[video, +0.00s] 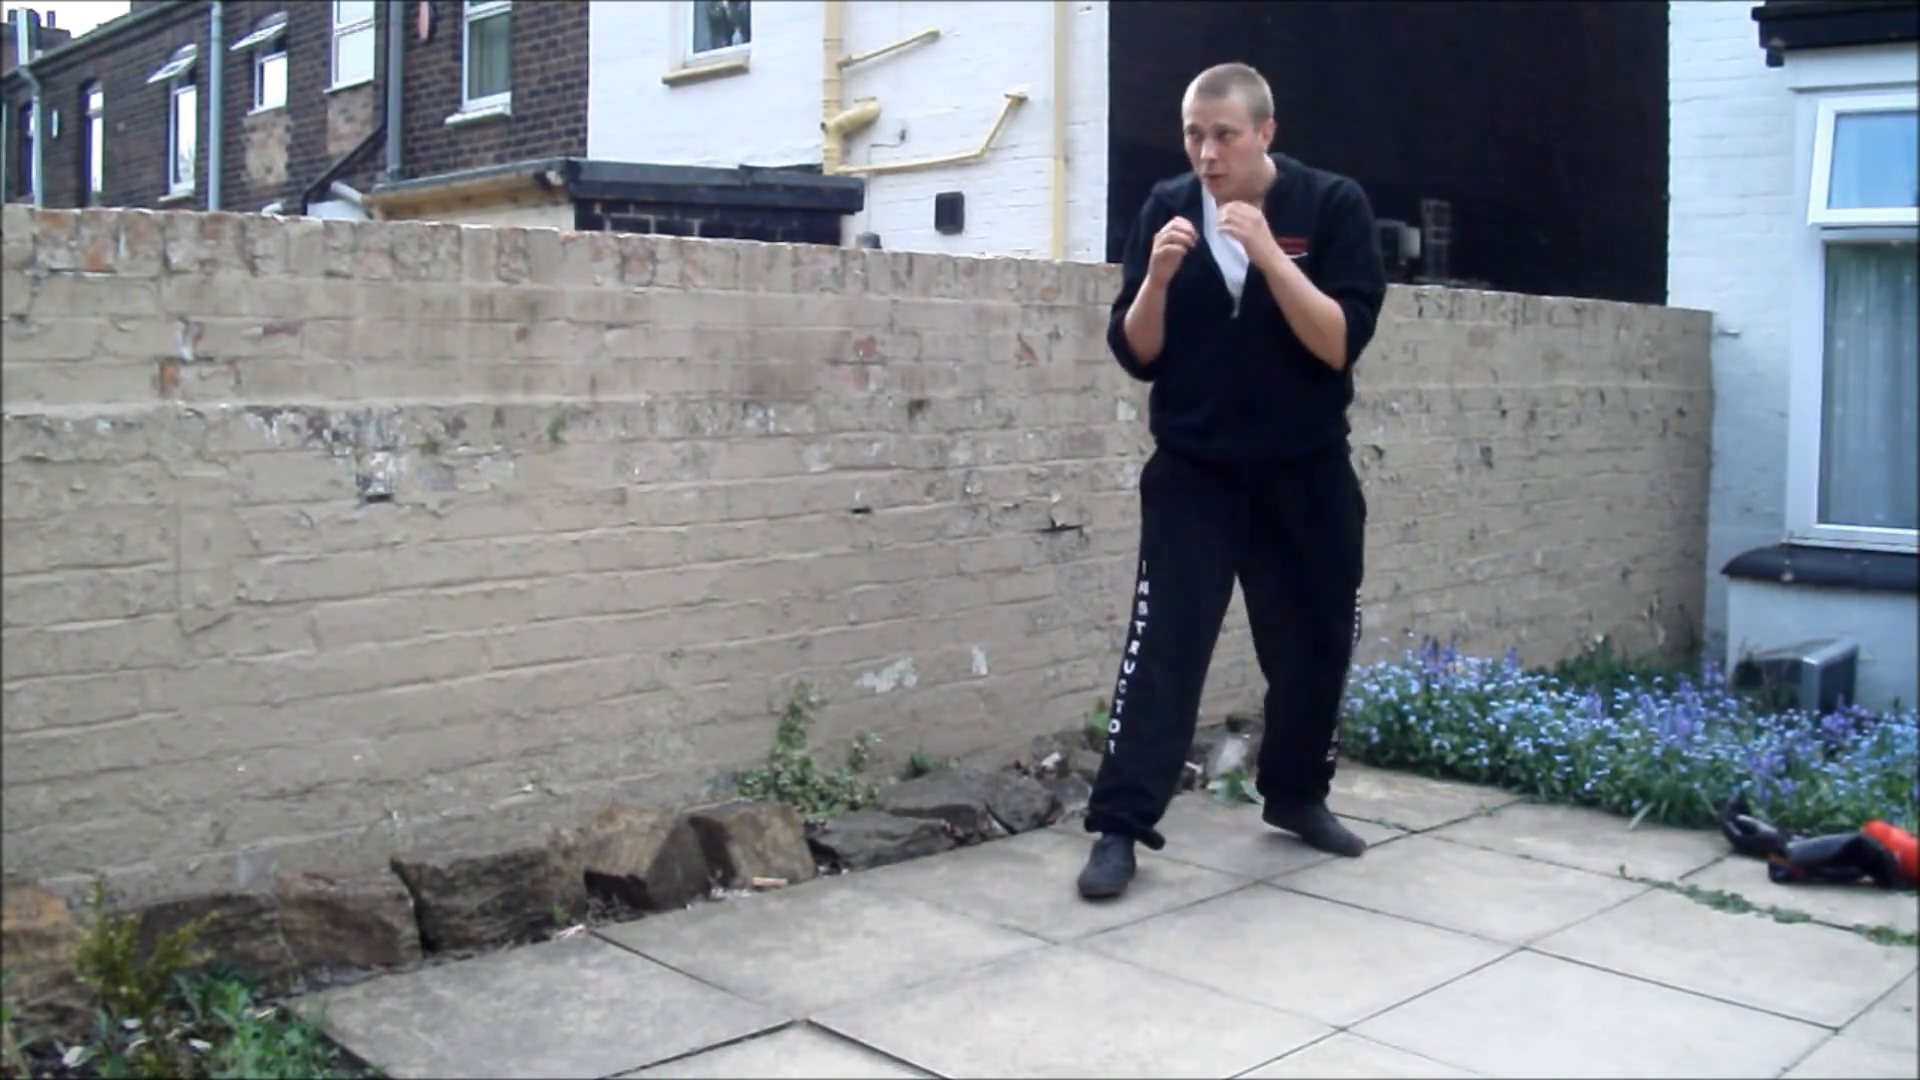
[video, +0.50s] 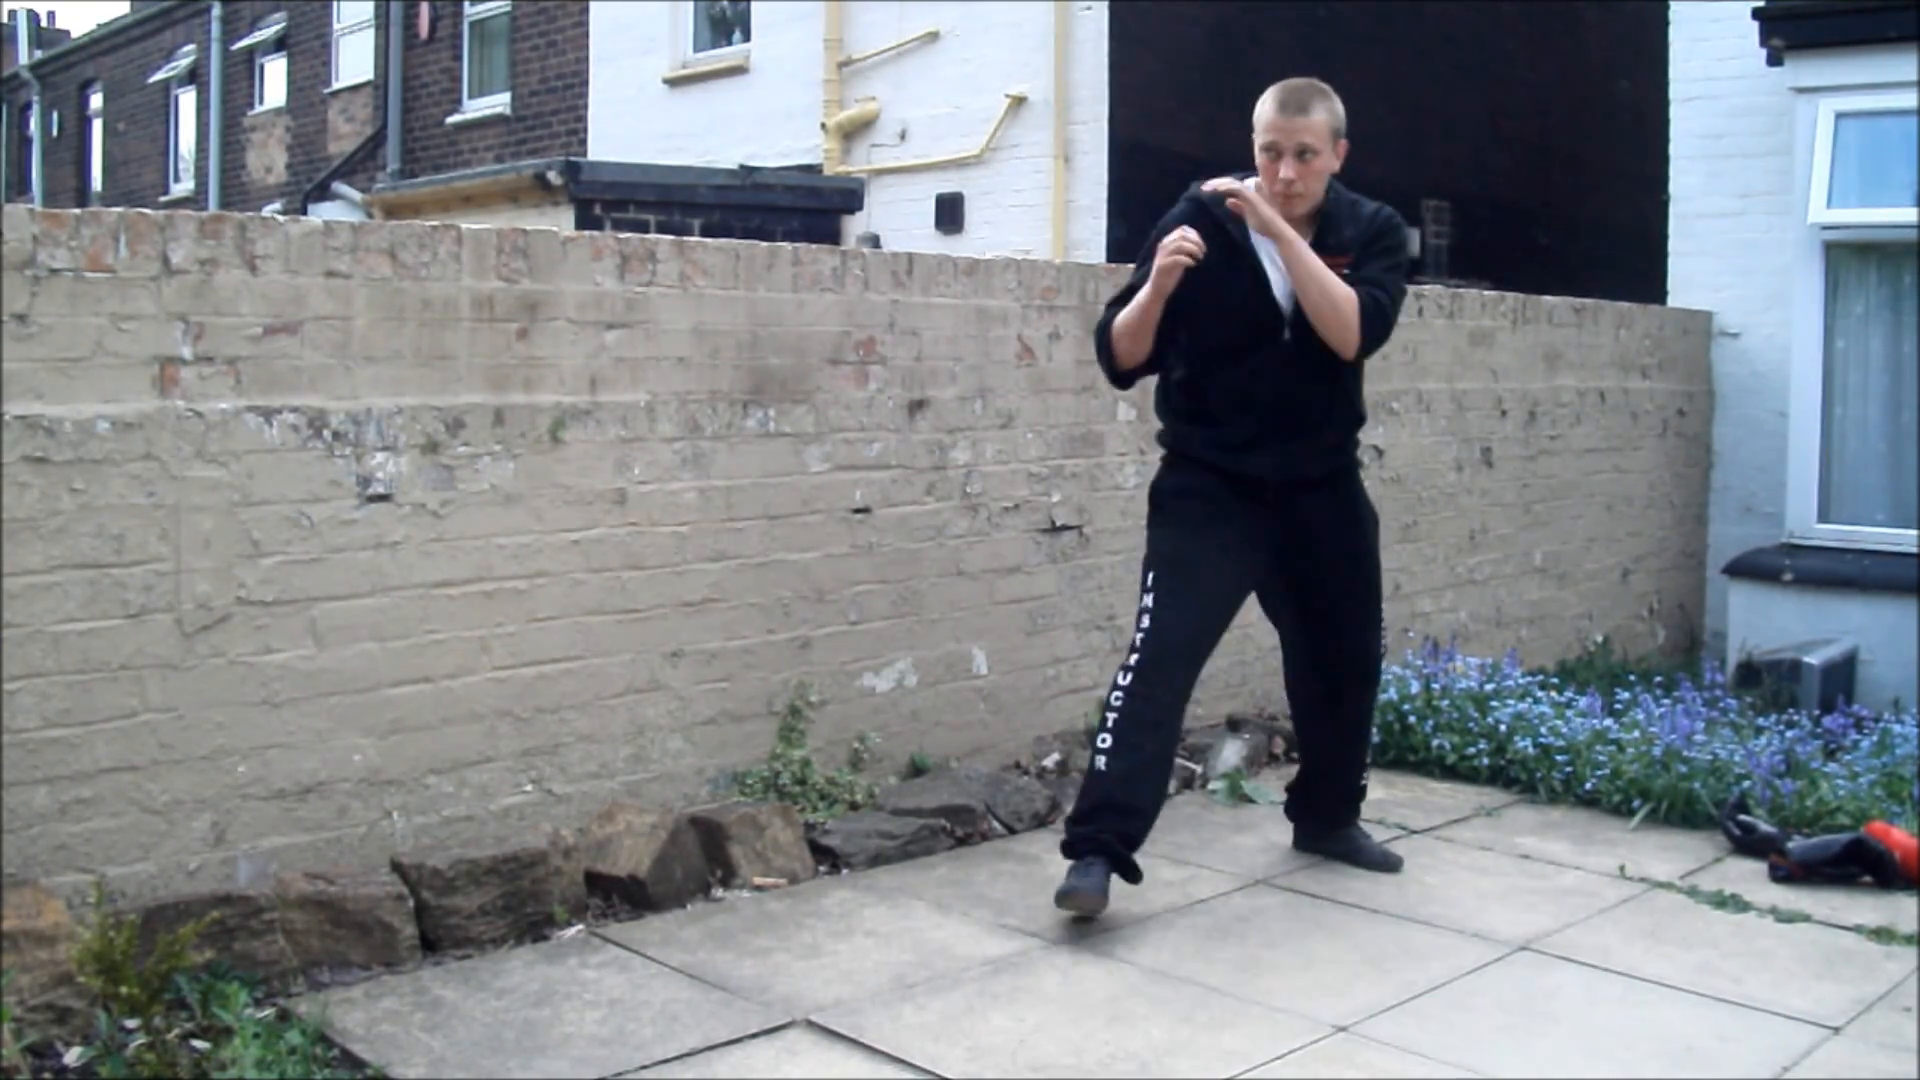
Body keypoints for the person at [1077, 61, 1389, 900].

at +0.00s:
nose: (1205, 152)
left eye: (1221, 135)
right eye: (1194, 136)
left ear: (1265, 133)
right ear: (1185, 137)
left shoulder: (1333, 205)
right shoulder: (1168, 207)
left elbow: (1340, 345)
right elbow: (1138, 358)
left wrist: (1268, 255)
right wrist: (1156, 281)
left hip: (1305, 475)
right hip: (1192, 470)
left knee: (1314, 648)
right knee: (1164, 645)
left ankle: (1295, 798)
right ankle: (1117, 829)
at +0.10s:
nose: (1247, 139)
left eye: (1264, 125)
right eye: (1234, 124)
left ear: (1300, 127)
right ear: (1217, 124)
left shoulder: (1347, 200)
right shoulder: (1176, 196)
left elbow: (1355, 322)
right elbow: (1131, 340)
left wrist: (1295, 215)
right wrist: (1161, 261)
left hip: (1313, 474)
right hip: (1198, 470)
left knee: (1335, 651)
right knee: (1168, 648)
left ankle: (1318, 814)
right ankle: (1118, 829)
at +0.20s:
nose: (1289, 154)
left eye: (1306, 140)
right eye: (1276, 137)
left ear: (1338, 143)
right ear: (1254, 133)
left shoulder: (1369, 214)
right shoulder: (1201, 203)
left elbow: (1383, 324)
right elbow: (1132, 338)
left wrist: (1327, 219)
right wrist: (1175, 270)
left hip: (1325, 479)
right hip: (1211, 474)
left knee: (1349, 656)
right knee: (1177, 640)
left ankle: (1328, 818)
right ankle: (1126, 831)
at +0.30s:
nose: (1311, 176)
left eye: (1330, 163)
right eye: (1298, 159)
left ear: (1360, 166)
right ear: (1277, 153)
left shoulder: (1383, 245)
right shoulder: (1216, 221)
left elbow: (1382, 364)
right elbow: (1151, 367)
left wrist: (1335, 252)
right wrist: (1188, 309)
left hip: (1328, 489)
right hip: (1213, 485)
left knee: (1355, 659)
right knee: (1179, 647)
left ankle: (1328, 818)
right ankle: (1129, 837)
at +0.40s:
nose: (1308, 172)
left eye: (1327, 158)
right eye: (1295, 154)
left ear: (1359, 161)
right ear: (1275, 148)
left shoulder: (1383, 240)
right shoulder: (1218, 213)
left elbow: (1366, 368)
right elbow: (1147, 362)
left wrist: (1314, 260)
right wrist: (1182, 304)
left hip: (1326, 486)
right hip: (1212, 479)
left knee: (1347, 657)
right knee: (1172, 647)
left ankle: (1327, 817)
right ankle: (1105, 840)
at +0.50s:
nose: (1283, 170)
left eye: (1302, 155)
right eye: (1270, 153)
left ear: (1338, 154)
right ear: (1252, 147)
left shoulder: (1372, 229)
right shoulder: (1201, 215)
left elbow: (1357, 335)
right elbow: (1122, 362)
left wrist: (1281, 235)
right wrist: (1156, 287)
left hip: (1321, 493)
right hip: (1206, 489)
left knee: (1344, 661)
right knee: (1159, 660)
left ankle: (1326, 818)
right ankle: (1095, 854)